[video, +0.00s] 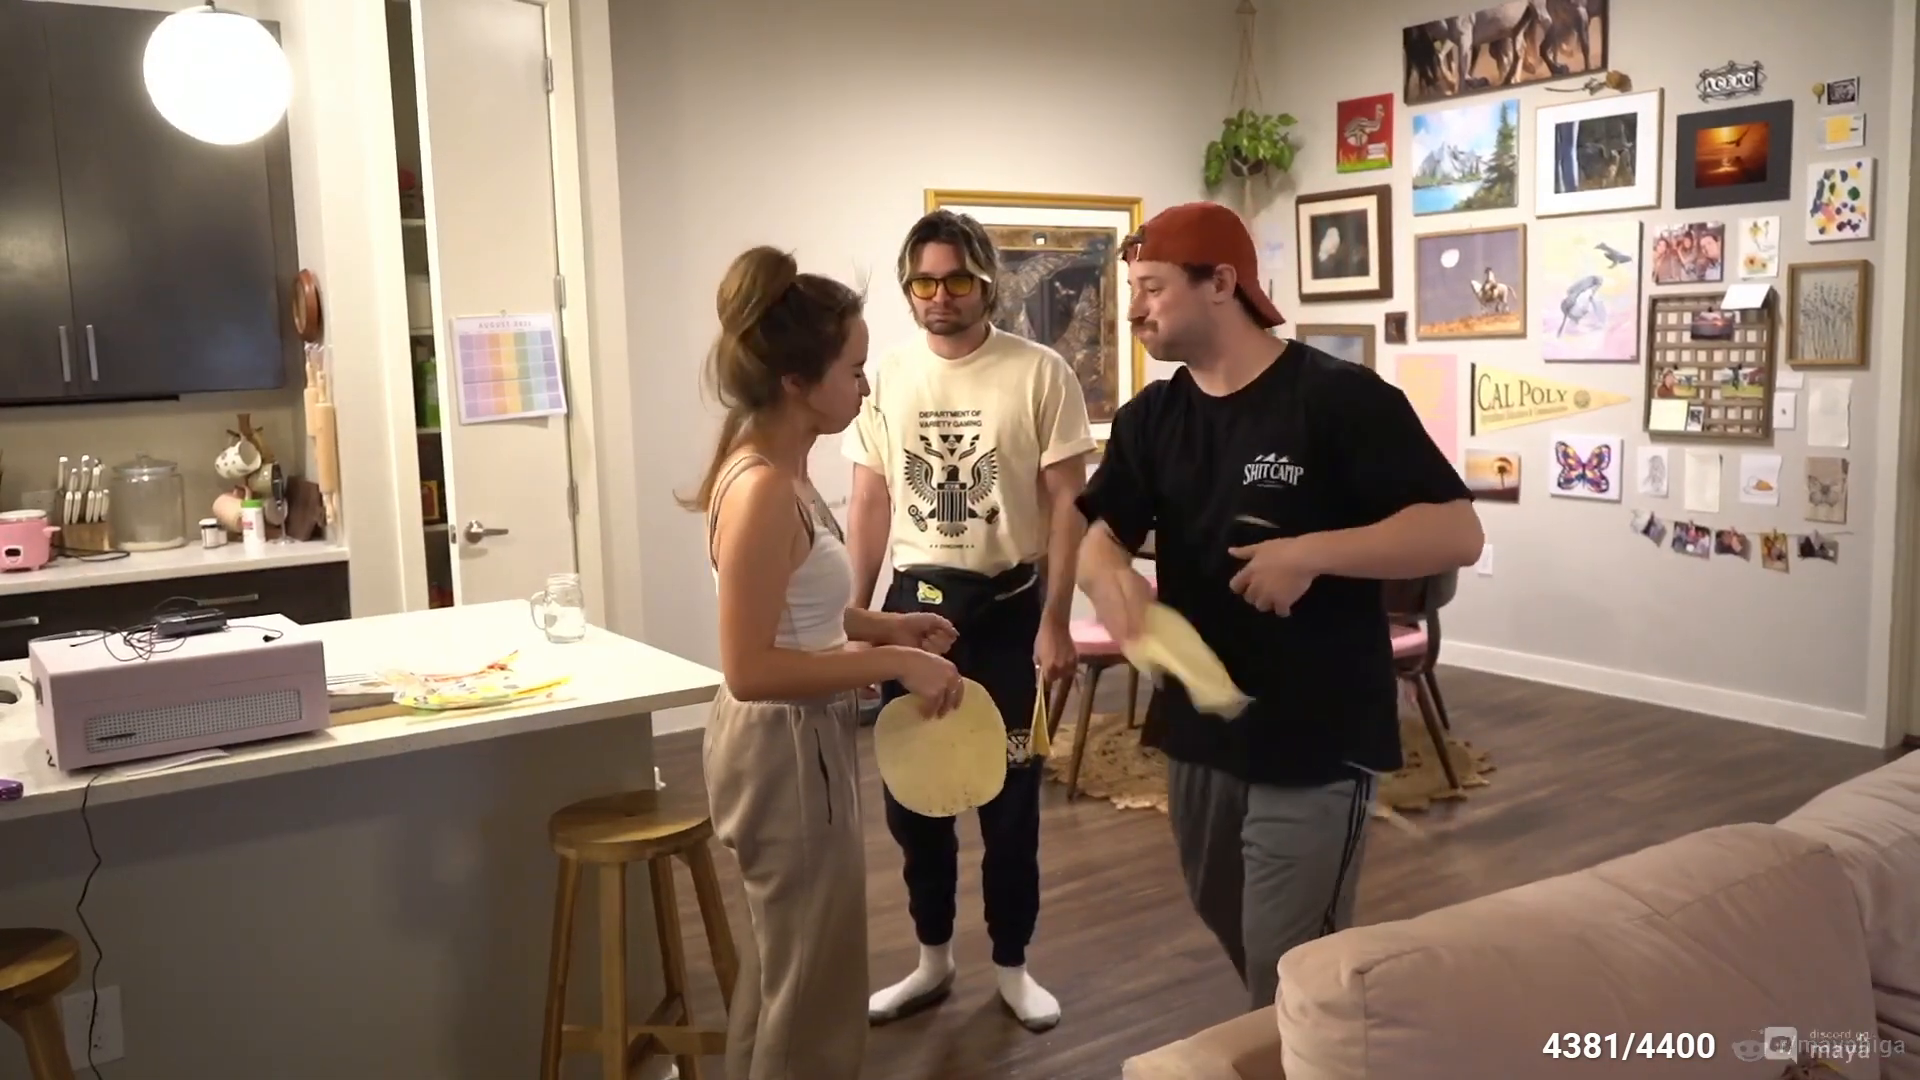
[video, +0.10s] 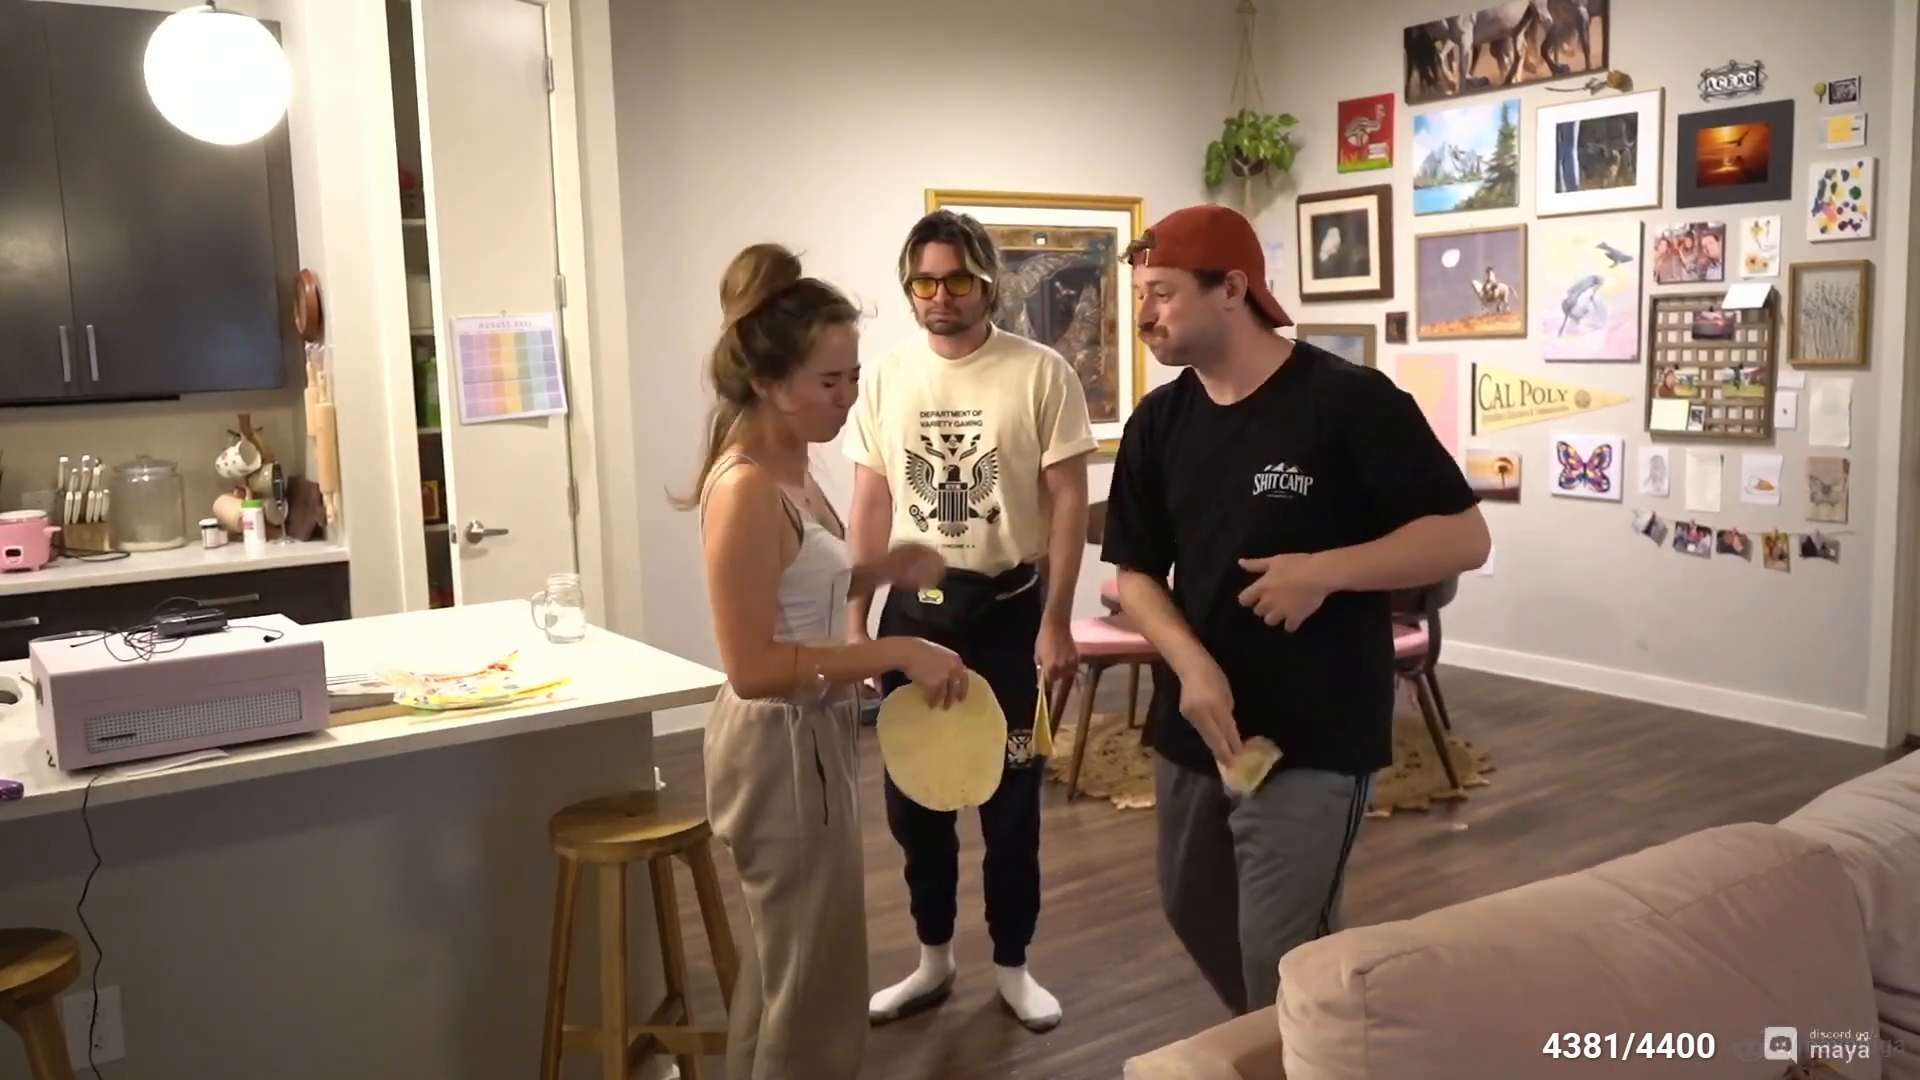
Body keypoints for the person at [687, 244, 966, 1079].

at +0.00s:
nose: (866, 382)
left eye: (864, 365)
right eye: (855, 369)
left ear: (796, 382)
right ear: (797, 382)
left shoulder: (783, 473)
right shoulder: (761, 489)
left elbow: (797, 616)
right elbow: (750, 671)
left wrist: (888, 627)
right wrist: (896, 663)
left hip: (798, 739)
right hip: (782, 751)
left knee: (795, 970)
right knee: (811, 983)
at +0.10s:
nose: (849, 395)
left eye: (853, 376)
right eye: (833, 381)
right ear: (770, 383)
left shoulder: (795, 465)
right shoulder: (745, 486)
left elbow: (802, 591)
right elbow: (753, 668)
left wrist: (885, 564)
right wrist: (898, 652)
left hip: (809, 735)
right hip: (777, 749)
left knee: (806, 970)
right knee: (805, 982)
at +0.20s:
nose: (796, 413)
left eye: (812, 390)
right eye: (774, 394)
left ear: (831, 377)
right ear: (734, 384)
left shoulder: (804, 462)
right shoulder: (723, 479)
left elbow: (883, 555)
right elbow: (749, 649)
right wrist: (895, 623)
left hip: (820, 724)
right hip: (771, 737)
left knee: (837, 971)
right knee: (822, 981)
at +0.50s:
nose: (704, 431)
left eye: (719, 406)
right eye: (683, 415)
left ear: (768, 395)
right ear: (666, 415)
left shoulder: (816, 462)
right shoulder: (665, 497)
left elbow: (831, 621)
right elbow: (669, 660)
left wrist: (765, 491)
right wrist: (783, 649)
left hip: (817, 731)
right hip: (715, 743)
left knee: (826, 988)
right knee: (774, 1010)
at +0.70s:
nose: (616, 488)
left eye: (634, 463)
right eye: (603, 466)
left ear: (703, 451)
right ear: (595, 457)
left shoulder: (777, 497)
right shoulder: (617, 534)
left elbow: (759, 670)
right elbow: (625, 682)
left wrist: (698, 541)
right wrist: (689, 710)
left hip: (804, 753)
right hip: (688, 764)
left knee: (813, 1005)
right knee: (712, 1030)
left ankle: (799, 1076)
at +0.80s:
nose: (576, 529)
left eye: (590, 505)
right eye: (562, 510)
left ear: (660, 491)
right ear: (557, 502)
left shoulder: (749, 525)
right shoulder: (589, 568)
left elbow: (729, 701)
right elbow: (610, 695)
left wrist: (658, 574)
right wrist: (646, 749)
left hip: (792, 751)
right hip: (677, 757)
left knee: (814, 1009)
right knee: (690, 1024)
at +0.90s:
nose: (538, 583)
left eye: (551, 562)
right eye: (524, 563)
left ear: (624, 540)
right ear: (515, 544)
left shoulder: (715, 559)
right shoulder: (558, 595)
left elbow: (704, 740)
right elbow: (592, 722)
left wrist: (629, 624)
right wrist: (606, 803)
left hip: (783, 766)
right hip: (670, 770)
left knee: (812, 1036)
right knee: (668, 1040)